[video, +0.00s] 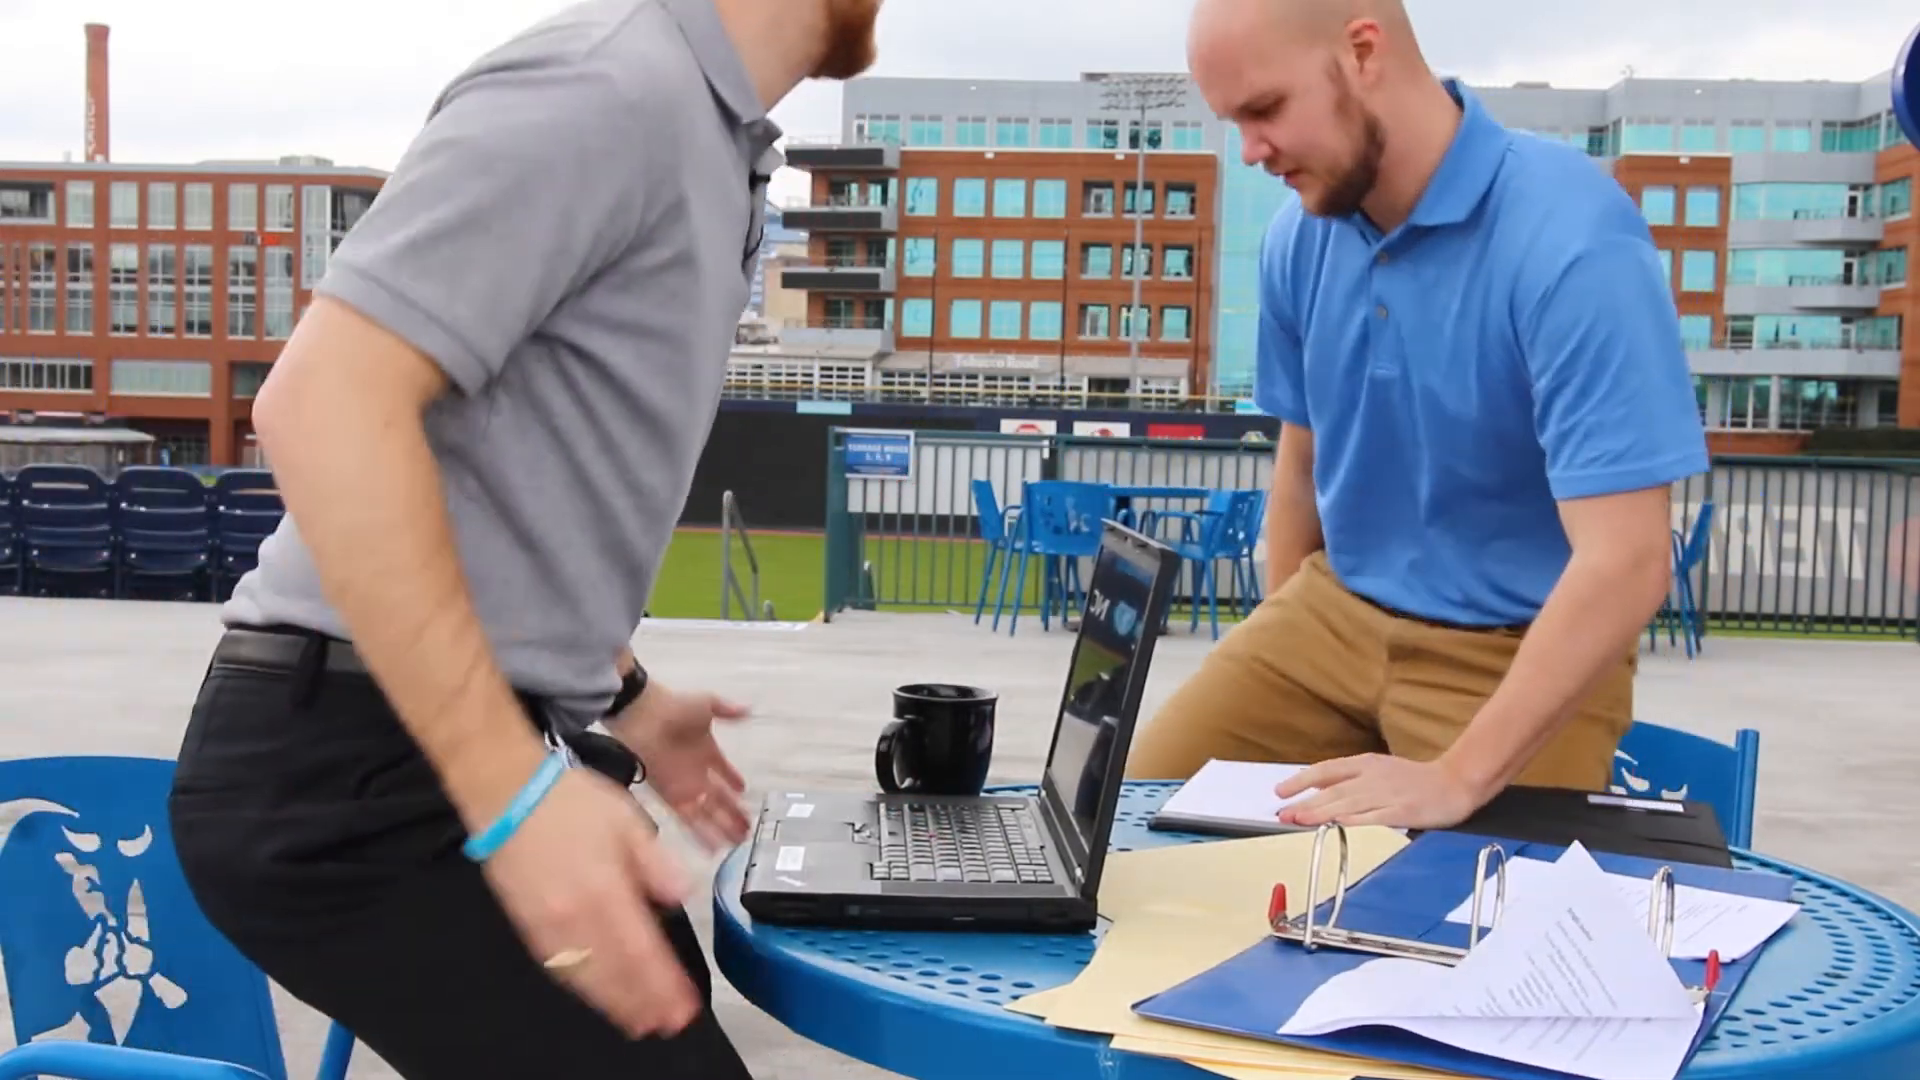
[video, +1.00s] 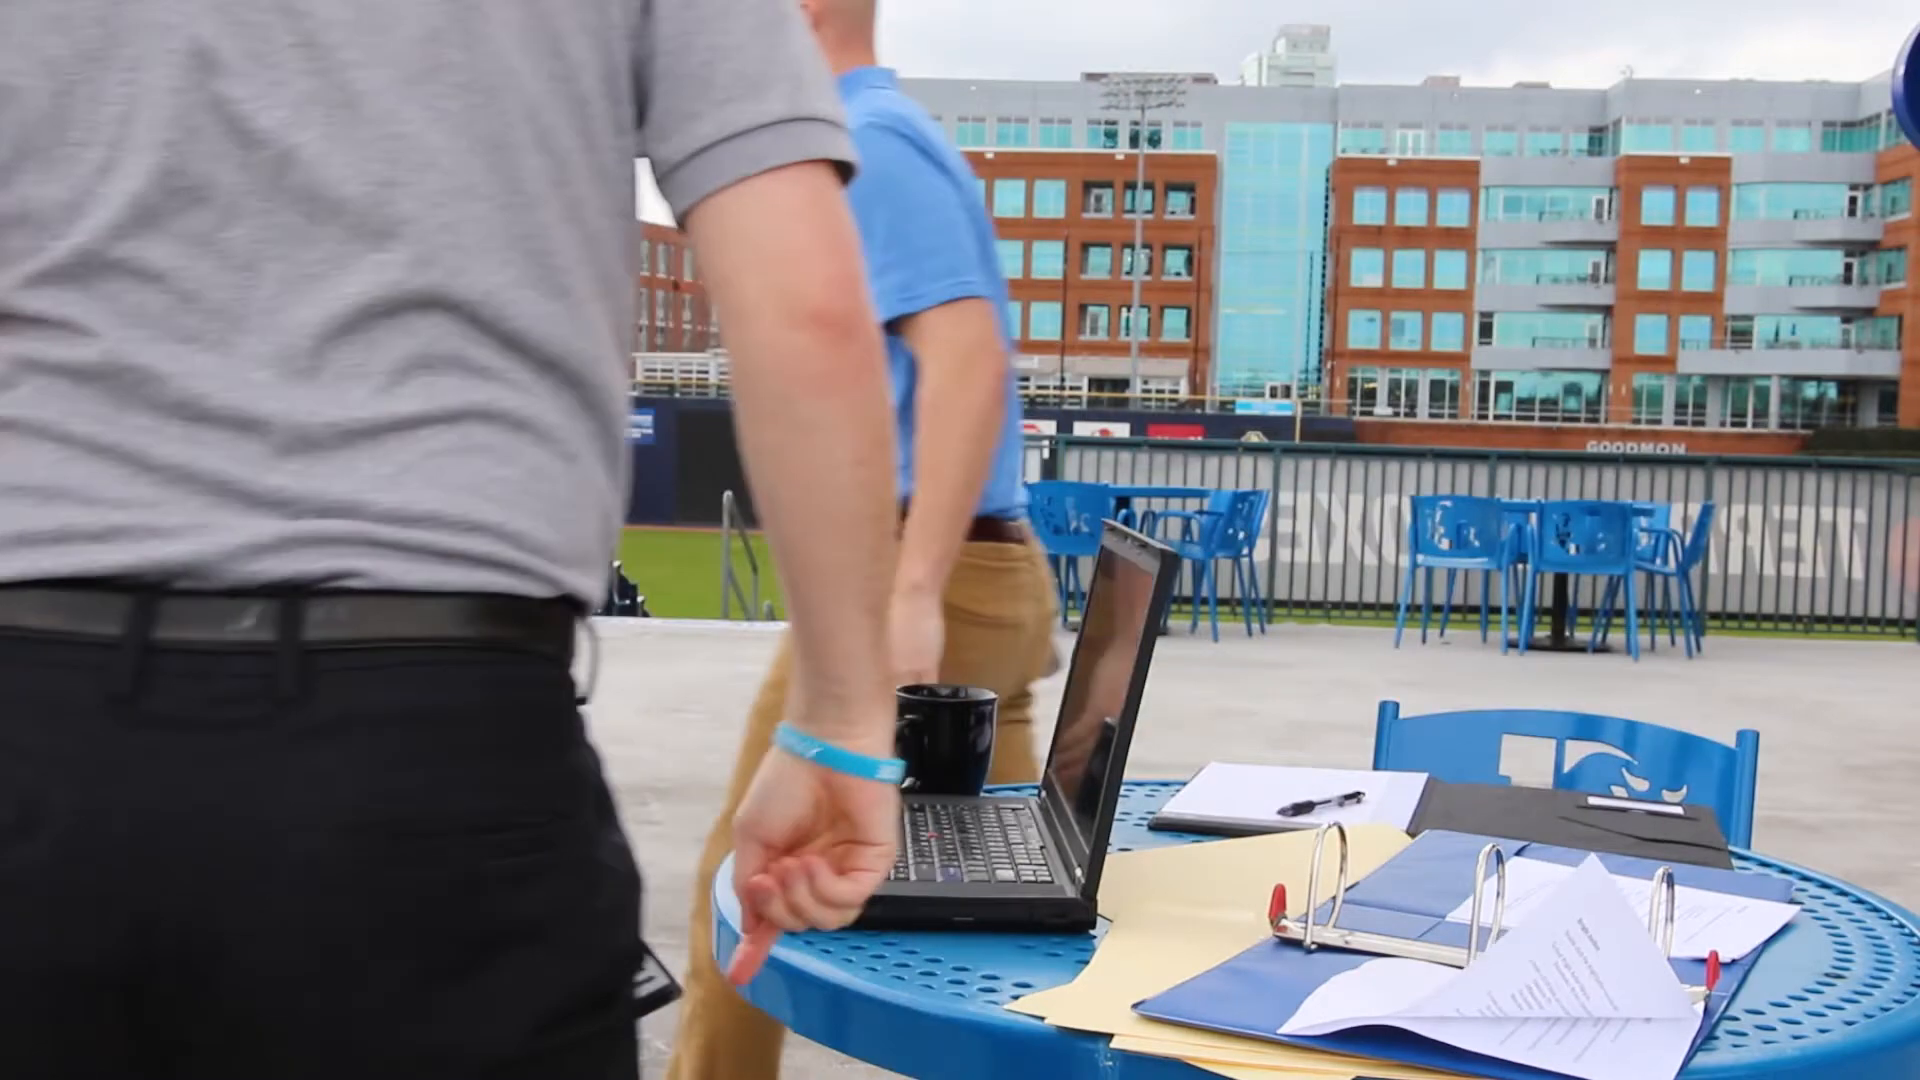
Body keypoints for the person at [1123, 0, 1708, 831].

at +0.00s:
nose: (1254, 152)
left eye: (1266, 110)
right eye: (1239, 123)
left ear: (1365, 50)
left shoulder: (1570, 236)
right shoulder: (1302, 238)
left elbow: (1627, 561)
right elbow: (1300, 469)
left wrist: (1457, 777)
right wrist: (1286, 661)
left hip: (1509, 669)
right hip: (1331, 626)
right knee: (1115, 831)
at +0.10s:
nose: (1223, 88)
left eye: (1238, 41)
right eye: (1205, 64)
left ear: (1339, 10)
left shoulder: (1526, 201)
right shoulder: (1276, 218)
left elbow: (1591, 517)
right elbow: (1288, 441)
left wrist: (1455, 744)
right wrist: (1279, 619)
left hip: (1475, 655)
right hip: (1302, 616)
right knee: (1111, 836)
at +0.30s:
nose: (1140, 21)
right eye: (1126, 7)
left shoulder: (1389, 150)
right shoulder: (1188, 206)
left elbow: (1516, 408)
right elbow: (1250, 421)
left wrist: (1410, 629)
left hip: (1371, 631)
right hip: (1215, 627)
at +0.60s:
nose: (1002, 4)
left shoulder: (1193, 88)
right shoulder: (1118, 120)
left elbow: (1306, 312)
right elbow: (1126, 403)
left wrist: (1230, 541)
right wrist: (1070, 600)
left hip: (1210, 542)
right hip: (1143, 541)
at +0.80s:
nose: (911, 46)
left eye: (921, 24)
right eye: (911, 33)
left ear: (973, 9)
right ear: (1005, 10)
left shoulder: (1066, 106)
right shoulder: (1003, 123)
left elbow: (1174, 319)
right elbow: (1029, 397)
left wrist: (1072, 529)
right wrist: (953, 607)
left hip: (1123, 556)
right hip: (1090, 557)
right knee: (1139, 872)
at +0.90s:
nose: (828, 55)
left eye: (844, 32)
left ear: (898, 16)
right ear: (950, 15)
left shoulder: (983, 124)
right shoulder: (923, 133)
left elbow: (1091, 335)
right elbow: (955, 392)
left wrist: (998, 549)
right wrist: (901, 608)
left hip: (1031, 585)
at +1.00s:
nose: (739, 52)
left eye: (752, 28)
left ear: (800, 18)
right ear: (853, 21)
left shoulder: (871, 136)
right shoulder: (893, 131)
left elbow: (970, 358)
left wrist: (918, 587)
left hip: (927, 579)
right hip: (980, 582)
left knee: (747, 881)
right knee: (977, 897)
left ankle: (711, 1068)